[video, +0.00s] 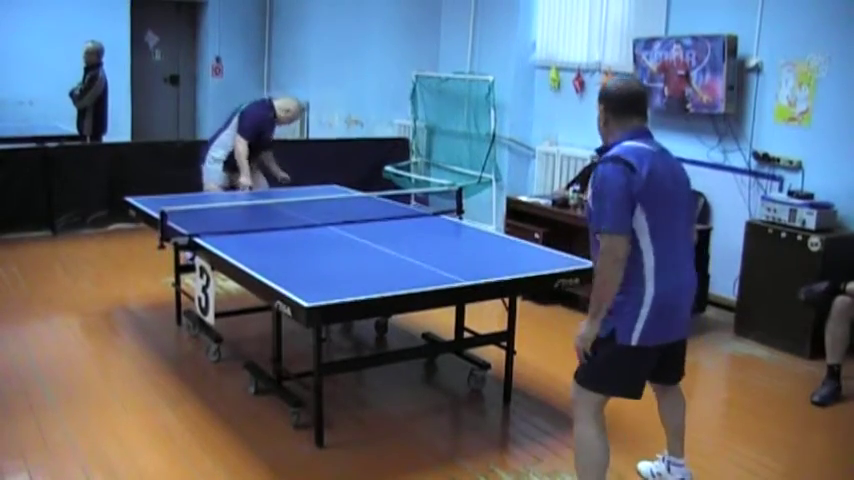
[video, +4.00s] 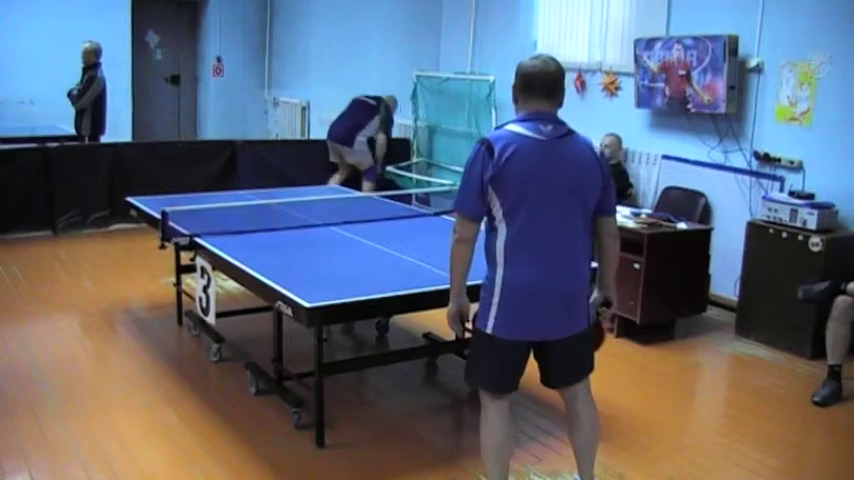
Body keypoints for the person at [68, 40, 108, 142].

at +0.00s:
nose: (86, 57)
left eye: (90, 54)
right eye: (85, 53)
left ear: (98, 56)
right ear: (84, 54)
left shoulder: (97, 76)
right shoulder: (88, 73)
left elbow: (83, 102)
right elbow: (78, 89)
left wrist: (74, 92)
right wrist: (77, 93)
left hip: (93, 128)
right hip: (85, 126)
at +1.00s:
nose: (84, 56)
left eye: (88, 53)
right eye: (84, 52)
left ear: (96, 56)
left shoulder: (96, 76)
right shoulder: (88, 73)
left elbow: (81, 102)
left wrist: (74, 92)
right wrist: (76, 93)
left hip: (92, 128)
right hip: (85, 126)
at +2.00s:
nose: (85, 57)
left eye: (89, 54)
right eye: (85, 53)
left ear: (97, 56)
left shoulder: (96, 76)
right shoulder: (88, 73)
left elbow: (82, 101)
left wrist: (74, 92)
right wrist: (76, 92)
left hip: (92, 128)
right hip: (84, 127)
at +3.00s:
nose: (83, 56)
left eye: (87, 53)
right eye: (84, 52)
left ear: (95, 55)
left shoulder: (95, 76)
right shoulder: (88, 73)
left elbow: (81, 102)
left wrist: (73, 92)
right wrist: (76, 92)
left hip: (91, 128)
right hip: (85, 127)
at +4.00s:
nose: (83, 56)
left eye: (87, 53)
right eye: (83, 53)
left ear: (95, 56)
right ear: (82, 54)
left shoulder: (95, 77)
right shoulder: (86, 73)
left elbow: (80, 103)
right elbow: (76, 89)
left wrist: (72, 92)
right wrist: (75, 94)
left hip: (91, 128)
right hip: (84, 127)